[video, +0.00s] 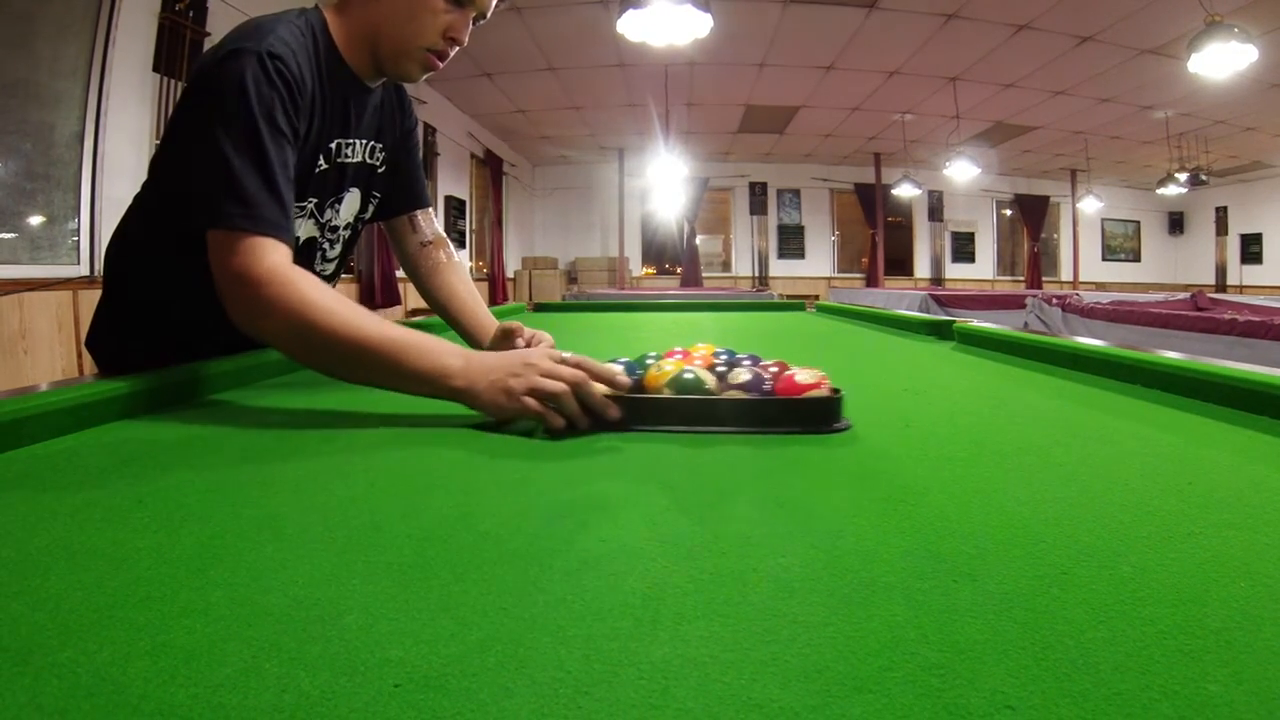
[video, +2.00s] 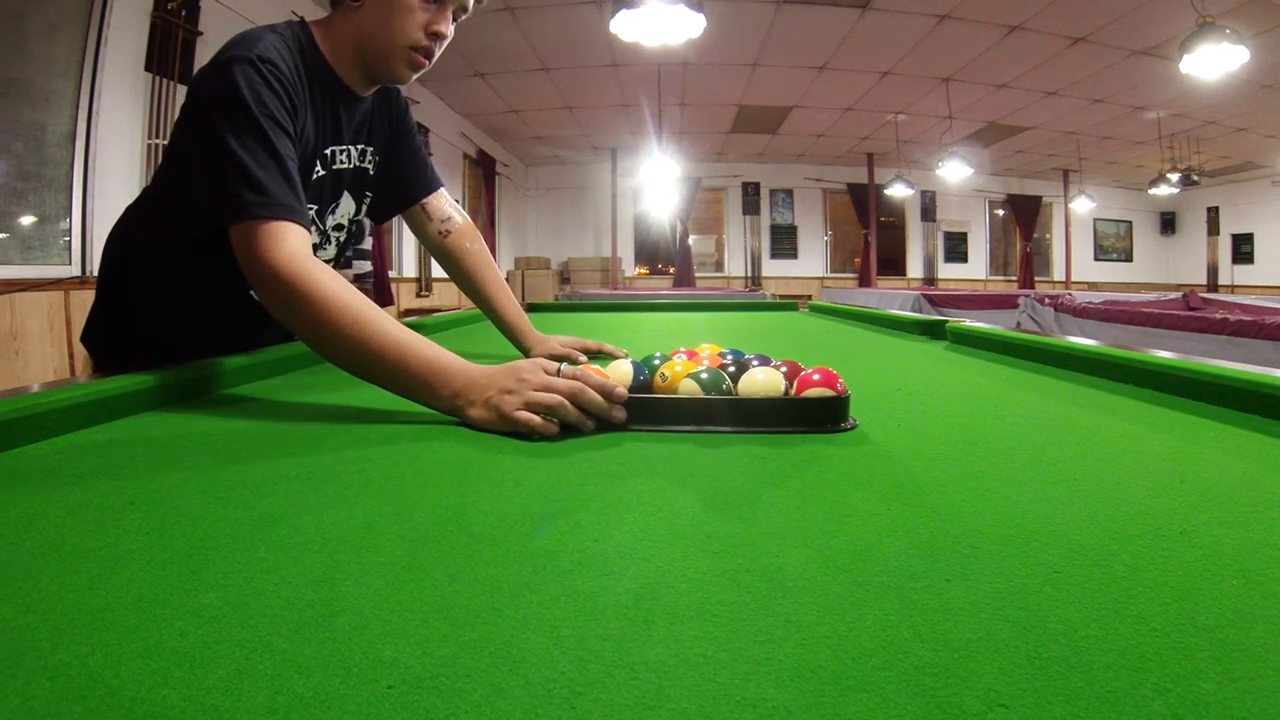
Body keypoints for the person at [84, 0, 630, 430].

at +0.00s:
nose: (463, 37)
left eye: (475, 22)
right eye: (457, 6)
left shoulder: (390, 101)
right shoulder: (262, 62)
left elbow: (424, 241)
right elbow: (256, 282)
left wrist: (490, 333)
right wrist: (472, 374)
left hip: (269, 357)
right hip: (159, 363)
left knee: (247, 556)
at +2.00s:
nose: (444, 29)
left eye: (454, 13)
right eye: (431, 1)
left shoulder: (385, 101)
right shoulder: (256, 69)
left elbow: (444, 225)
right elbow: (278, 266)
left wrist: (527, 334)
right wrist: (468, 384)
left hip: (271, 342)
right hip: (158, 347)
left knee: (252, 531)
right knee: (147, 541)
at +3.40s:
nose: (450, 35)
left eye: (458, 21)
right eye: (438, 6)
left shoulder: (386, 110)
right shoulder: (259, 81)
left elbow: (447, 225)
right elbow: (283, 266)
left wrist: (517, 329)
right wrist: (496, 347)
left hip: (258, 333)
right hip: (150, 334)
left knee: (243, 513)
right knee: (141, 522)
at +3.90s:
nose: (457, 48)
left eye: (467, 33)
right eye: (446, 17)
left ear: (449, 41)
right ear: (376, 1)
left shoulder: (387, 112)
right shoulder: (280, 76)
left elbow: (449, 227)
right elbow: (312, 232)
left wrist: (523, 330)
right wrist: (569, 301)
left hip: (255, 337)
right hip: (149, 338)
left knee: (238, 524)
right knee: (133, 534)